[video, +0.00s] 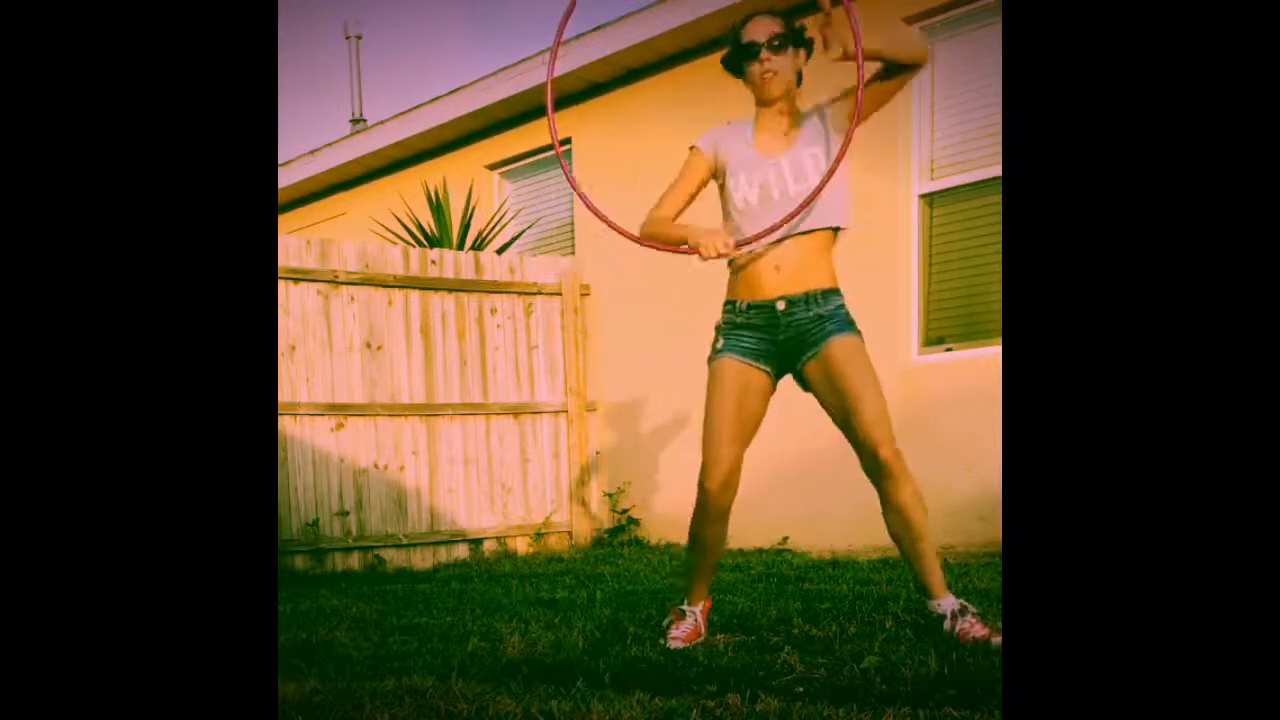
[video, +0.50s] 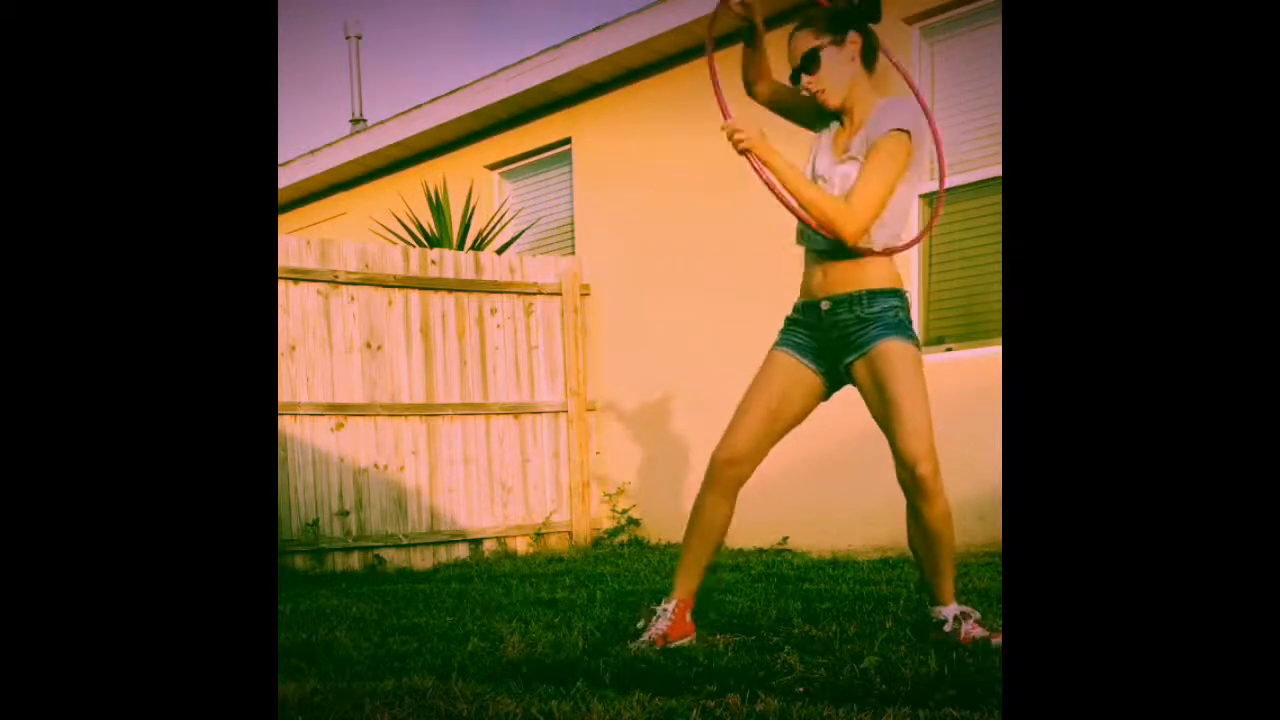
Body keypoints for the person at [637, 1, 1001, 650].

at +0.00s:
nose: (764, 60)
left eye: (777, 48)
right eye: (751, 53)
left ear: (801, 57)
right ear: (739, 70)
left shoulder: (830, 121)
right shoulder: (721, 144)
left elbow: (913, 55)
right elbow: (652, 226)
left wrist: (854, 39)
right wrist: (692, 235)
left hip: (822, 314)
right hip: (745, 324)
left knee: (884, 456)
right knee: (715, 478)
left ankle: (943, 602)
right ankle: (695, 606)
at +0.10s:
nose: (789, 57)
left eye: (799, 41)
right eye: (776, 51)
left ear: (829, 45)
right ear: (766, 66)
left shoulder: (861, 115)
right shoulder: (749, 137)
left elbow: (960, 128)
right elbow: (660, 189)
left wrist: (885, 128)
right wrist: (669, 210)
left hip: (850, 310)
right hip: (772, 318)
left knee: (906, 458)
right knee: (736, 479)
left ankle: (946, 606)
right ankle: (700, 602)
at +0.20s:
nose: (806, 59)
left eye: (814, 41)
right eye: (793, 55)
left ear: (849, 34)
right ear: (789, 66)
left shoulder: (896, 111)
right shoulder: (786, 123)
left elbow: (943, 198)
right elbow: (691, 133)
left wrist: (858, 209)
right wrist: (670, 144)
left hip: (875, 306)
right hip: (798, 314)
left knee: (921, 461)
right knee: (729, 468)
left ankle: (949, 608)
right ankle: (701, 593)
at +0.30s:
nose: (814, 68)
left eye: (821, 50)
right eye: (804, 61)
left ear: (860, 34)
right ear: (804, 66)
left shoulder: (907, 114)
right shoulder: (817, 111)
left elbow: (905, 224)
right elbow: (734, 85)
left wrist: (803, 237)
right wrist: (704, 68)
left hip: (885, 306)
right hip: (813, 312)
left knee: (930, 461)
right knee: (726, 451)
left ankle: (949, 606)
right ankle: (695, 598)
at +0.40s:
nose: (813, 78)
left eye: (819, 58)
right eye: (806, 68)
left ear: (861, 41)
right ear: (812, 72)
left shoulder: (899, 126)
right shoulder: (831, 120)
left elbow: (868, 233)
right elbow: (767, 74)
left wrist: (764, 212)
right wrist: (742, 27)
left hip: (884, 311)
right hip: (817, 315)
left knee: (929, 466)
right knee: (731, 456)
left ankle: (948, 608)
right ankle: (675, 604)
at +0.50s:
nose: (806, 81)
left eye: (812, 62)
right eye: (801, 70)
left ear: (855, 47)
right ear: (826, 65)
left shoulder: (896, 121)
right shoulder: (828, 126)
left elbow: (851, 226)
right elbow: (761, 86)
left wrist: (771, 157)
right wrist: (753, 27)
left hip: (874, 313)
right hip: (809, 320)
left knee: (919, 469)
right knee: (726, 463)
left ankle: (947, 609)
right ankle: (676, 614)